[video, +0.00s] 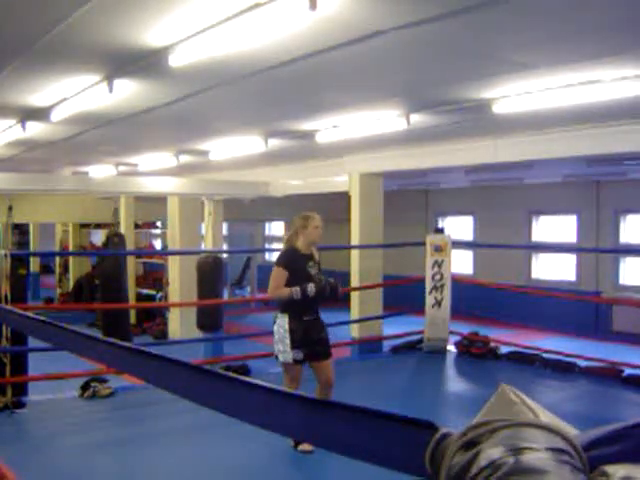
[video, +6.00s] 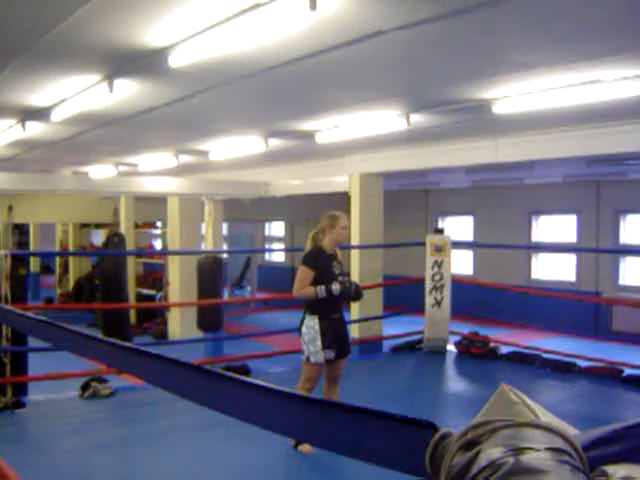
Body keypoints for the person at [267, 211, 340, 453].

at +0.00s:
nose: (320, 233)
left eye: (320, 228)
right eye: (316, 228)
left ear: (316, 230)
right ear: (302, 230)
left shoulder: (314, 256)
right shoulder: (287, 257)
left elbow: (309, 287)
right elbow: (273, 292)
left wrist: (326, 287)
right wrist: (305, 289)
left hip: (312, 317)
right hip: (290, 319)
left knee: (327, 381)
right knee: (292, 380)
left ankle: (313, 431)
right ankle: (296, 433)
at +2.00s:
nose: (345, 233)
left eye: (345, 228)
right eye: (341, 228)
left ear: (336, 230)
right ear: (327, 229)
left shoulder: (334, 258)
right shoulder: (311, 255)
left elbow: (332, 289)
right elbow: (295, 290)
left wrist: (349, 290)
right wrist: (327, 288)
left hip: (333, 317)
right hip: (313, 318)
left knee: (332, 378)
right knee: (307, 379)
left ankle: (327, 429)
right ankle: (299, 432)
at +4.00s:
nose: (346, 233)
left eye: (347, 229)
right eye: (343, 229)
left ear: (337, 230)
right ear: (328, 229)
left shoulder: (334, 258)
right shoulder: (312, 256)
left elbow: (331, 289)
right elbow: (297, 290)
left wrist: (349, 291)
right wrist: (328, 289)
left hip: (335, 317)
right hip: (315, 318)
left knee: (334, 377)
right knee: (309, 379)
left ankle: (330, 428)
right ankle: (299, 431)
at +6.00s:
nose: (346, 234)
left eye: (347, 229)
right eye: (343, 229)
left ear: (338, 231)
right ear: (328, 230)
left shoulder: (336, 258)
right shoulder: (314, 256)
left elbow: (333, 289)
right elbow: (298, 290)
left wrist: (350, 290)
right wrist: (329, 289)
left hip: (336, 318)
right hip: (316, 319)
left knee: (334, 378)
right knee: (309, 380)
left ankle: (330, 428)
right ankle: (299, 431)